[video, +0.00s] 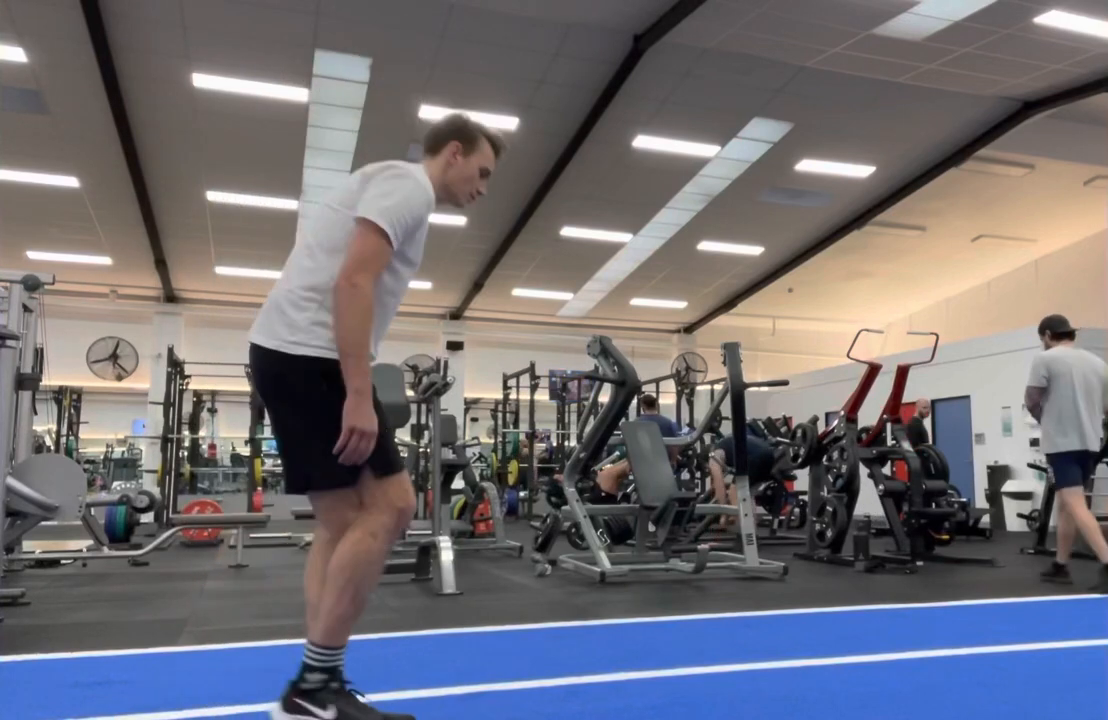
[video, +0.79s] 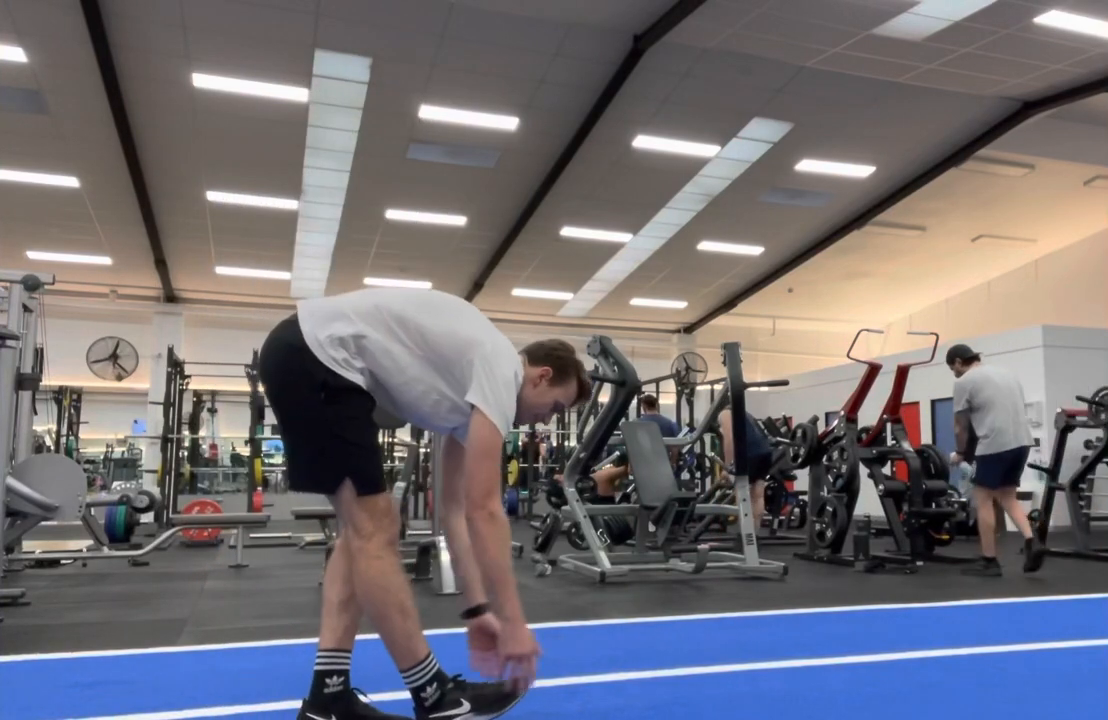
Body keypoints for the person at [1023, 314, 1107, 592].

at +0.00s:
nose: (1041, 343)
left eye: (1041, 339)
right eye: (1041, 339)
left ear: (1047, 336)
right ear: (1072, 335)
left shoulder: (1045, 359)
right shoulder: (1096, 362)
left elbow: (1031, 400)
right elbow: (1103, 401)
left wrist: (1048, 421)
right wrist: (1090, 420)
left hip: (1061, 441)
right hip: (1093, 441)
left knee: (1077, 506)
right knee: (1066, 505)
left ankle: (1105, 562)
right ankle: (1060, 565)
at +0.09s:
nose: (1033, 343)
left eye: (1033, 339)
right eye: (1033, 339)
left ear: (1039, 336)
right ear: (1063, 336)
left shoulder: (1036, 357)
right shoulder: (1087, 363)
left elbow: (1023, 399)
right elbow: (1094, 407)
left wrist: (1036, 420)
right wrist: (1076, 422)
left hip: (1049, 440)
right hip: (1079, 441)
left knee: (1045, 503)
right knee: (1064, 503)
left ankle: (1089, 549)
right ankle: (1058, 565)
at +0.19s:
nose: (1024, 343)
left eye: (1024, 339)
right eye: (1023, 339)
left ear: (1030, 336)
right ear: (1053, 335)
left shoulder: (1028, 358)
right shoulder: (1077, 362)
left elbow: (1014, 398)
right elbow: (1083, 408)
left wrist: (1024, 420)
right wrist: (1061, 416)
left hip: (1039, 441)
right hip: (1070, 442)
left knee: (1023, 498)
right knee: (1058, 498)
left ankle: (1064, 543)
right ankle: (1059, 562)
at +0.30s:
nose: (1014, 346)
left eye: (1014, 342)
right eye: (1013, 342)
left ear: (1019, 338)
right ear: (1042, 337)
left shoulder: (1020, 358)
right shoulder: (1067, 363)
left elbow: (1007, 398)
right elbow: (1072, 401)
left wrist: (1006, 417)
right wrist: (1056, 421)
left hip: (1031, 440)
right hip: (1063, 441)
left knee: (1009, 494)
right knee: (1055, 500)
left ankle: (1038, 550)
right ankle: (1058, 564)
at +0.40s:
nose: (1003, 350)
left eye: (1003, 346)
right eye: (1002, 347)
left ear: (1009, 342)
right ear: (1030, 340)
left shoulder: (1011, 363)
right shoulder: (1056, 365)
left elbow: (1000, 402)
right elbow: (1062, 403)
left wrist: (995, 424)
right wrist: (1048, 425)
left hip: (1023, 443)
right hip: (1055, 443)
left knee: (1004, 496)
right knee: (1052, 502)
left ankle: (1010, 560)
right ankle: (1058, 565)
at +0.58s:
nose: (977, 362)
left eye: (976, 358)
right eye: (975, 358)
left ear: (982, 352)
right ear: (1002, 350)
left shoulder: (986, 374)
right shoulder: (1031, 372)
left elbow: (980, 416)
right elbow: (1041, 408)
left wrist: (976, 440)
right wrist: (1029, 434)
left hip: (1006, 448)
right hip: (1039, 445)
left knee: (997, 504)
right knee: (1035, 504)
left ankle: (990, 560)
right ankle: (1056, 561)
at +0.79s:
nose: (954, 374)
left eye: (953, 369)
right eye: (953, 370)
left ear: (958, 362)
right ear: (976, 358)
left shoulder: (964, 382)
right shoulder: (1005, 373)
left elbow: (961, 428)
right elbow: (1018, 408)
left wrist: (961, 453)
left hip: (994, 446)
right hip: (1021, 442)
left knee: (983, 498)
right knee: (1007, 496)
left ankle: (989, 559)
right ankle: (1031, 539)